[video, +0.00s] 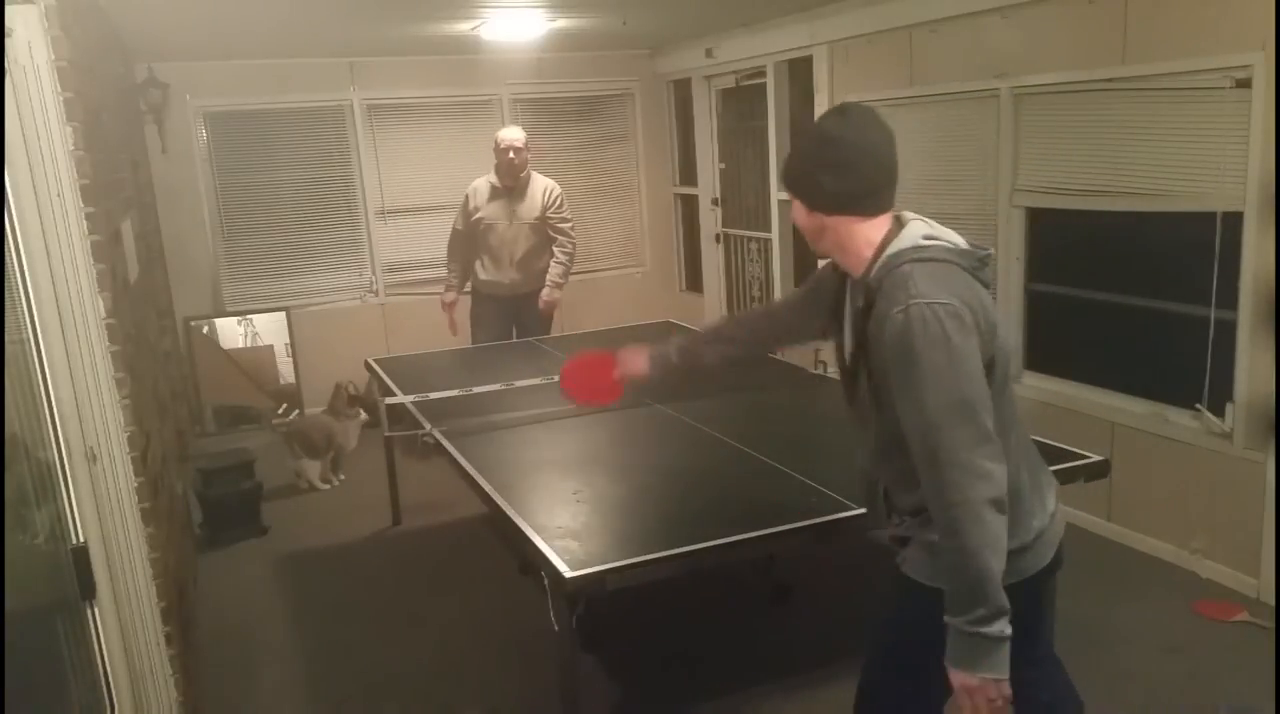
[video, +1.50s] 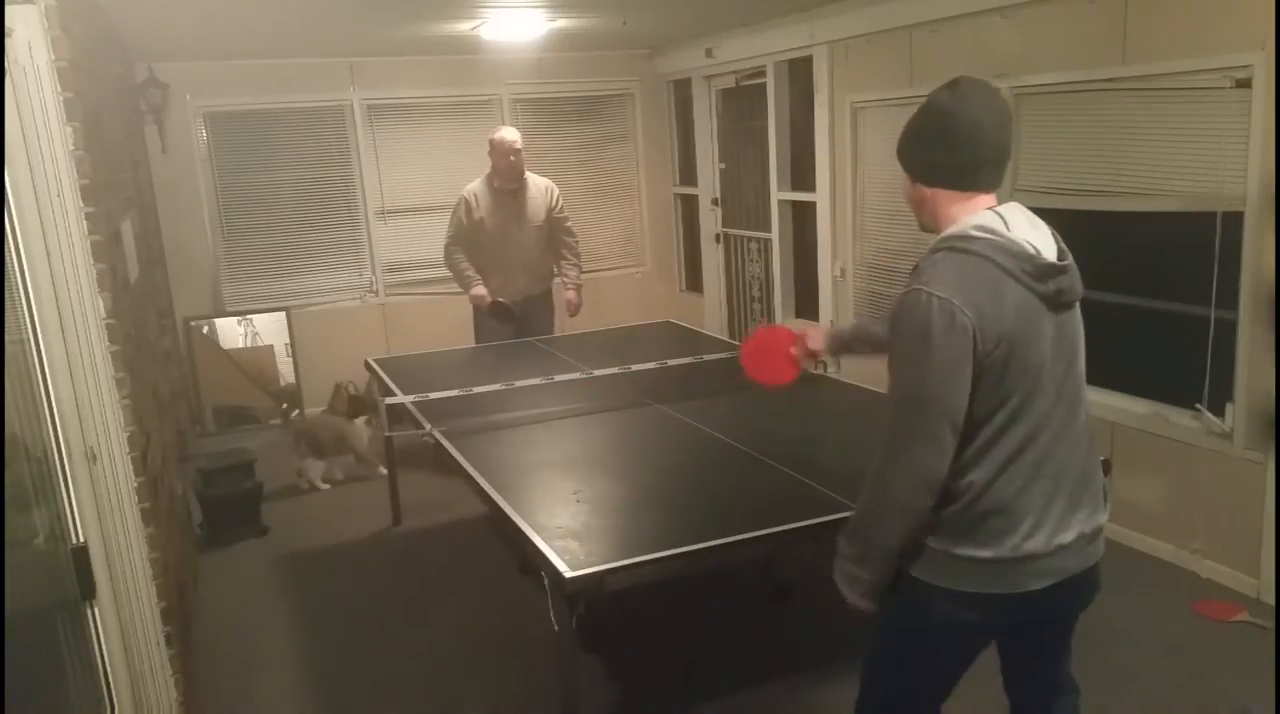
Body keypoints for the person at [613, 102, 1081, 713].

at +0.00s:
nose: (791, 212)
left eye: (792, 199)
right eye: (791, 199)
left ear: (813, 209)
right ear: (875, 190)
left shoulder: (919, 306)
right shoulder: (867, 271)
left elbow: (965, 483)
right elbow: (769, 325)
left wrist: (980, 646)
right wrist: (657, 359)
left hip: (960, 565)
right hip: (1003, 542)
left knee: (890, 699)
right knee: (1034, 686)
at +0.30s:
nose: (807, 194)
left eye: (805, 177)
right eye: (807, 176)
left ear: (817, 184)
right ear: (892, 165)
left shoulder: (874, 284)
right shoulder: (935, 238)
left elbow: (890, 454)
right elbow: (942, 398)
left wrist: (869, 596)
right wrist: (851, 475)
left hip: (955, 558)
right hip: (1020, 527)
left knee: (894, 699)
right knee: (1009, 685)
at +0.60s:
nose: (872, 160)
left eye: (874, 145)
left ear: (879, 154)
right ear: (963, 147)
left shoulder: (883, 276)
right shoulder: (1040, 250)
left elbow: (839, 431)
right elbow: (1033, 385)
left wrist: (773, 529)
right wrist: (913, 477)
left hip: (934, 561)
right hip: (1044, 545)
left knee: (887, 700)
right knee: (1044, 695)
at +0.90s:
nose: (891, 168)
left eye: (893, 153)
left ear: (899, 160)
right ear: (986, 154)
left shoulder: (882, 271)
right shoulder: (1063, 261)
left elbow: (846, 424)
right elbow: (1076, 395)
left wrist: (820, 527)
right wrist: (1005, 448)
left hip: (911, 563)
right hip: (1034, 555)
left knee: (872, 703)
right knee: (1041, 698)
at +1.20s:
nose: (879, 189)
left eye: (880, 176)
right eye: (881, 174)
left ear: (889, 181)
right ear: (970, 165)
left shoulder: (882, 281)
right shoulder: (1046, 259)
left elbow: (834, 426)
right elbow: (1048, 389)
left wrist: (809, 516)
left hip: (932, 570)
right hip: (1051, 561)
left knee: (884, 704)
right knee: (1055, 699)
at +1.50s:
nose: (905, 189)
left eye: (906, 174)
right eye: (905, 173)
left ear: (919, 182)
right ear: (991, 168)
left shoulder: (941, 291)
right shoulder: (1039, 247)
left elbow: (917, 459)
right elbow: (953, 333)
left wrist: (860, 567)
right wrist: (837, 339)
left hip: (973, 569)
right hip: (1069, 556)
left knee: (891, 702)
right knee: (1045, 693)